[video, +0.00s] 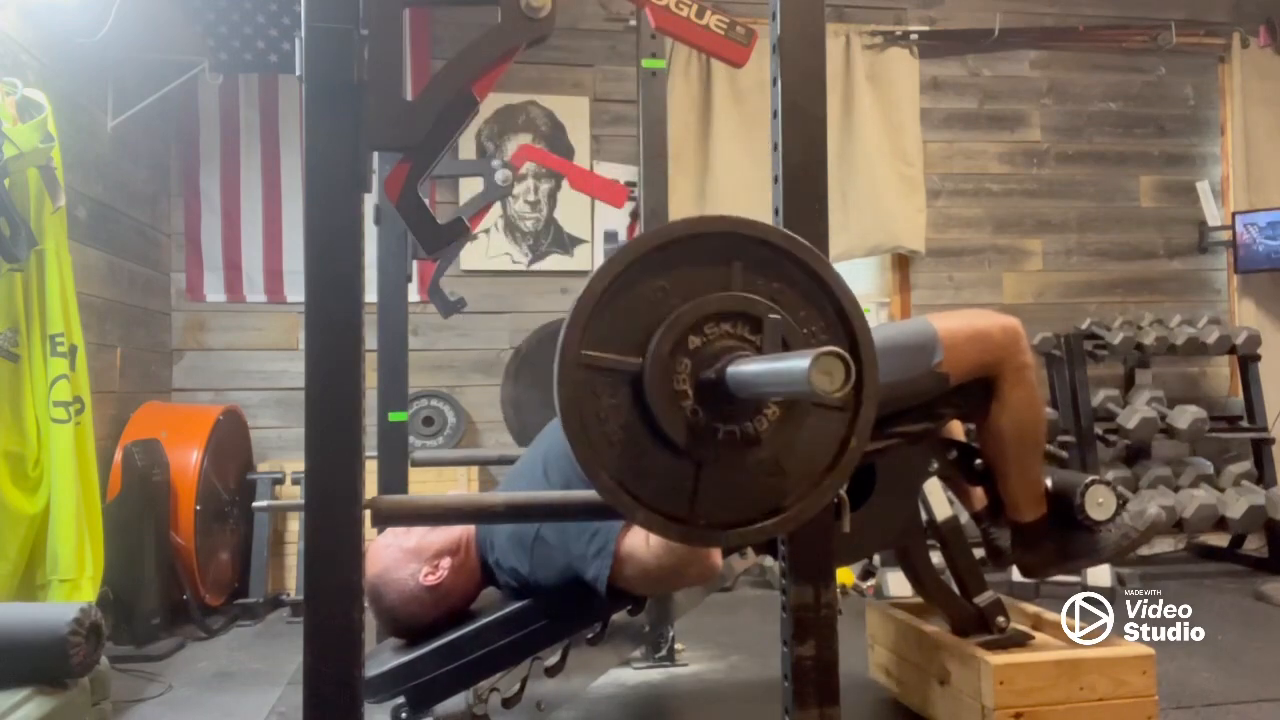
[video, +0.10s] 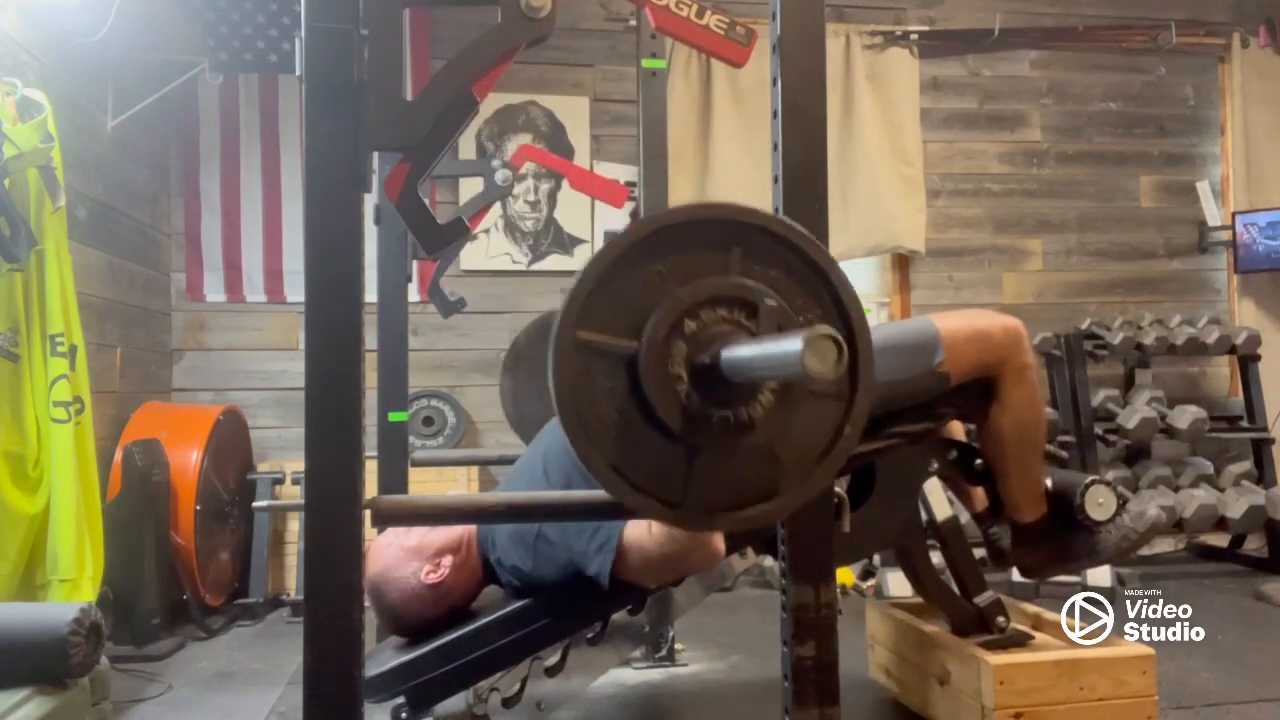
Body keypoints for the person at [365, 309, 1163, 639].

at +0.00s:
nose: (418, 528)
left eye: (399, 534)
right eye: (416, 548)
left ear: (427, 551)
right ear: (447, 574)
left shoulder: (496, 496)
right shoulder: (535, 540)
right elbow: (697, 565)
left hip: (716, 391)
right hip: (755, 434)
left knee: (906, 318)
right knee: (999, 339)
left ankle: (980, 475)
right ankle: (1031, 524)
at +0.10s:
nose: (419, 526)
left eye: (402, 532)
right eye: (417, 544)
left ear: (430, 553)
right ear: (447, 572)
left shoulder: (498, 497)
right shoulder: (533, 542)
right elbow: (689, 544)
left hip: (711, 394)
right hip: (754, 434)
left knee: (896, 311)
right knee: (1001, 339)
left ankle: (976, 468)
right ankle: (1032, 525)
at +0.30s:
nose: (421, 530)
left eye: (404, 535)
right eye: (419, 548)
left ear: (428, 543)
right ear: (448, 576)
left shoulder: (500, 497)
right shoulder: (527, 546)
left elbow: (605, 420)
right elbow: (659, 499)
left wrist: (657, 321)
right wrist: (669, 365)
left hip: (735, 375)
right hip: (757, 428)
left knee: (953, 326)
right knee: (1004, 341)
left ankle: (986, 472)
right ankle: (1033, 527)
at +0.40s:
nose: (420, 530)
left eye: (402, 534)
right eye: (417, 548)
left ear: (429, 544)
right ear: (447, 576)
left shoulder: (503, 493)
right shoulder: (526, 547)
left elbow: (630, 432)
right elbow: (654, 463)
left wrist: (609, 312)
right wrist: (635, 325)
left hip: (745, 372)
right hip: (766, 424)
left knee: (960, 327)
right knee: (1005, 341)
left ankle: (982, 476)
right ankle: (1032, 528)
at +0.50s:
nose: (415, 528)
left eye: (397, 532)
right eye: (412, 547)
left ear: (429, 545)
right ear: (446, 574)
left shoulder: (510, 488)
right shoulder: (531, 557)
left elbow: (572, 388)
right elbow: (626, 424)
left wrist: (583, 242)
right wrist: (605, 267)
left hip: (740, 366)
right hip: (773, 417)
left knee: (932, 321)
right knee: (1004, 341)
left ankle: (971, 467)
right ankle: (1032, 527)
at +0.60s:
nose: (415, 530)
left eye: (398, 533)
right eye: (411, 548)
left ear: (427, 541)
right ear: (444, 578)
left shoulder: (505, 493)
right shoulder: (528, 559)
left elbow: (556, 379)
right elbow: (591, 399)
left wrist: (567, 213)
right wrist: (591, 228)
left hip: (748, 373)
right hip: (772, 423)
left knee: (957, 329)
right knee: (1004, 341)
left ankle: (980, 477)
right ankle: (1031, 527)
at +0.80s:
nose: (417, 527)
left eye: (400, 531)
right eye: (412, 546)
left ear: (430, 550)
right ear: (445, 579)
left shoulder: (504, 502)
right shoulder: (530, 556)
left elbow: (561, 382)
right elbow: (574, 399)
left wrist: (580, 213)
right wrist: (579, 223)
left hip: (746, 374)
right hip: (770, 422)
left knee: (960, 329)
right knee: (1002, 338)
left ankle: (987, 481)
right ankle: (1030, 523)